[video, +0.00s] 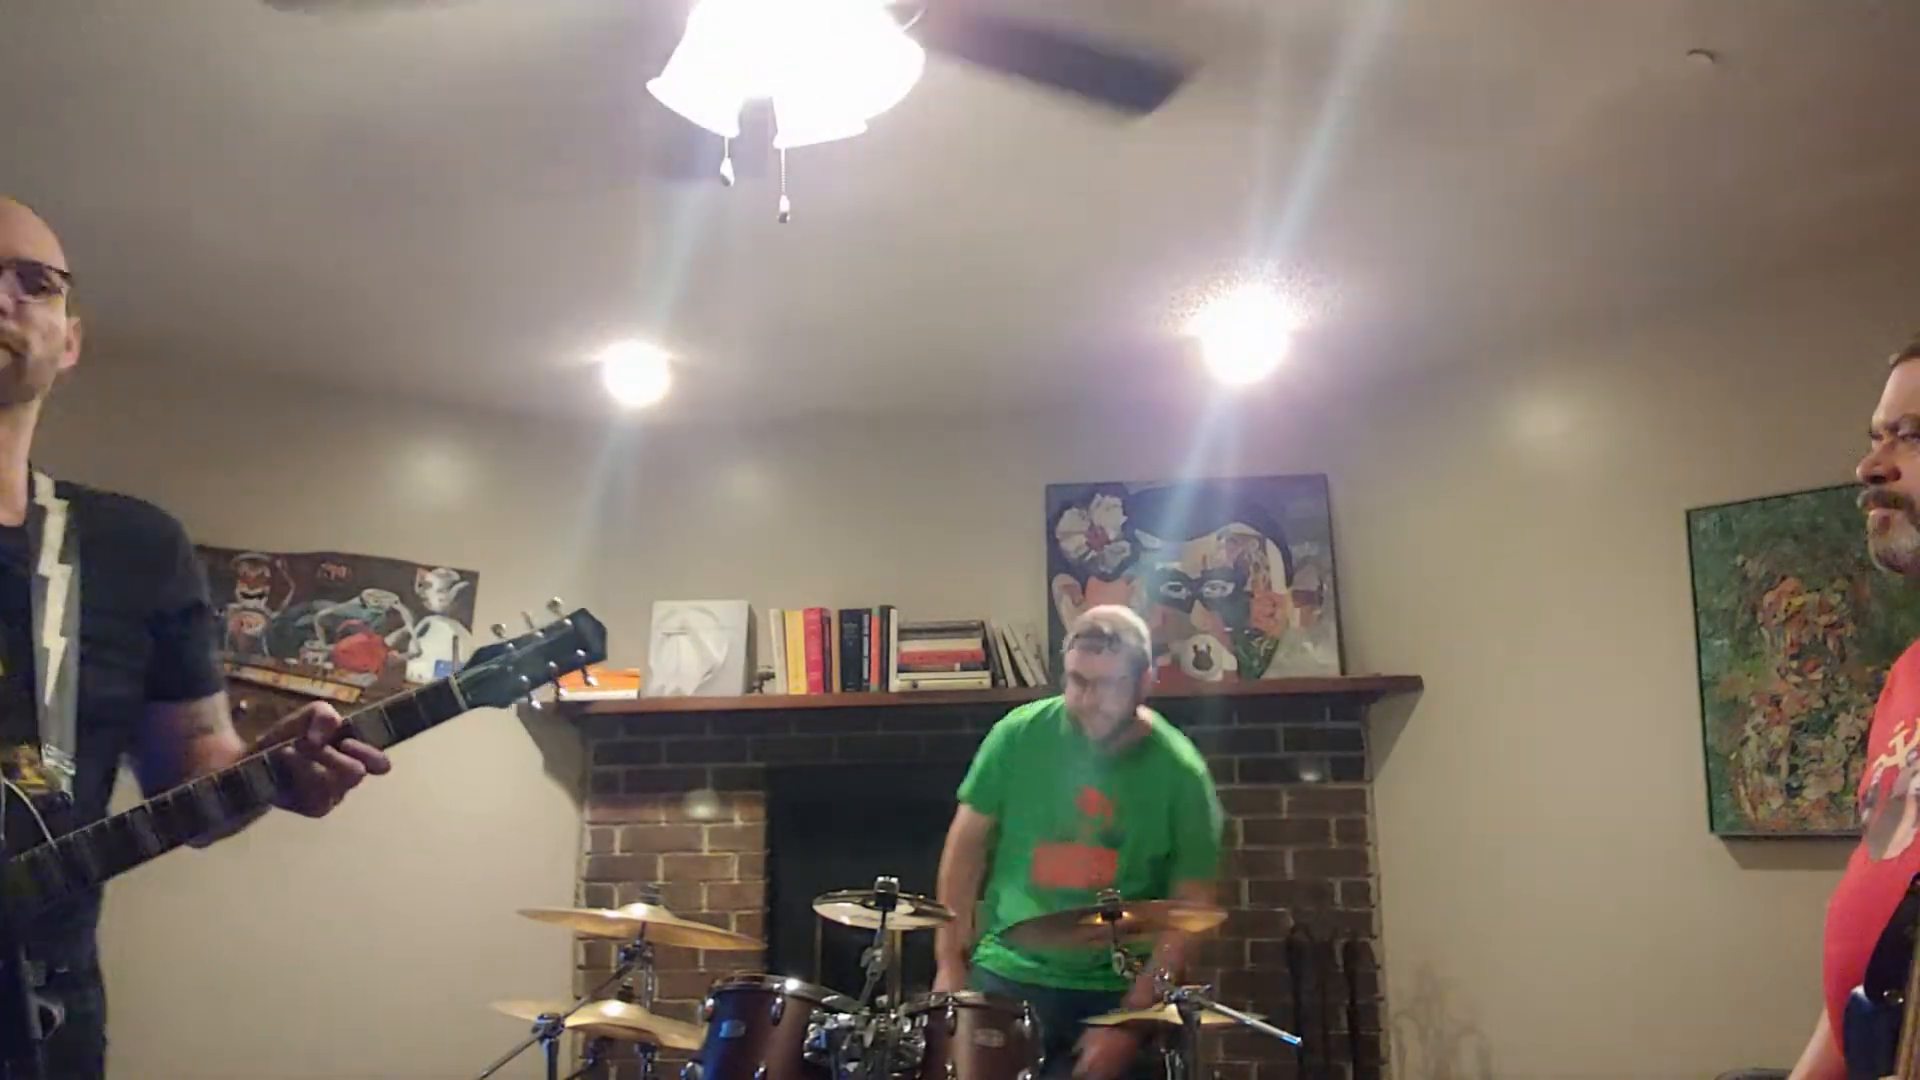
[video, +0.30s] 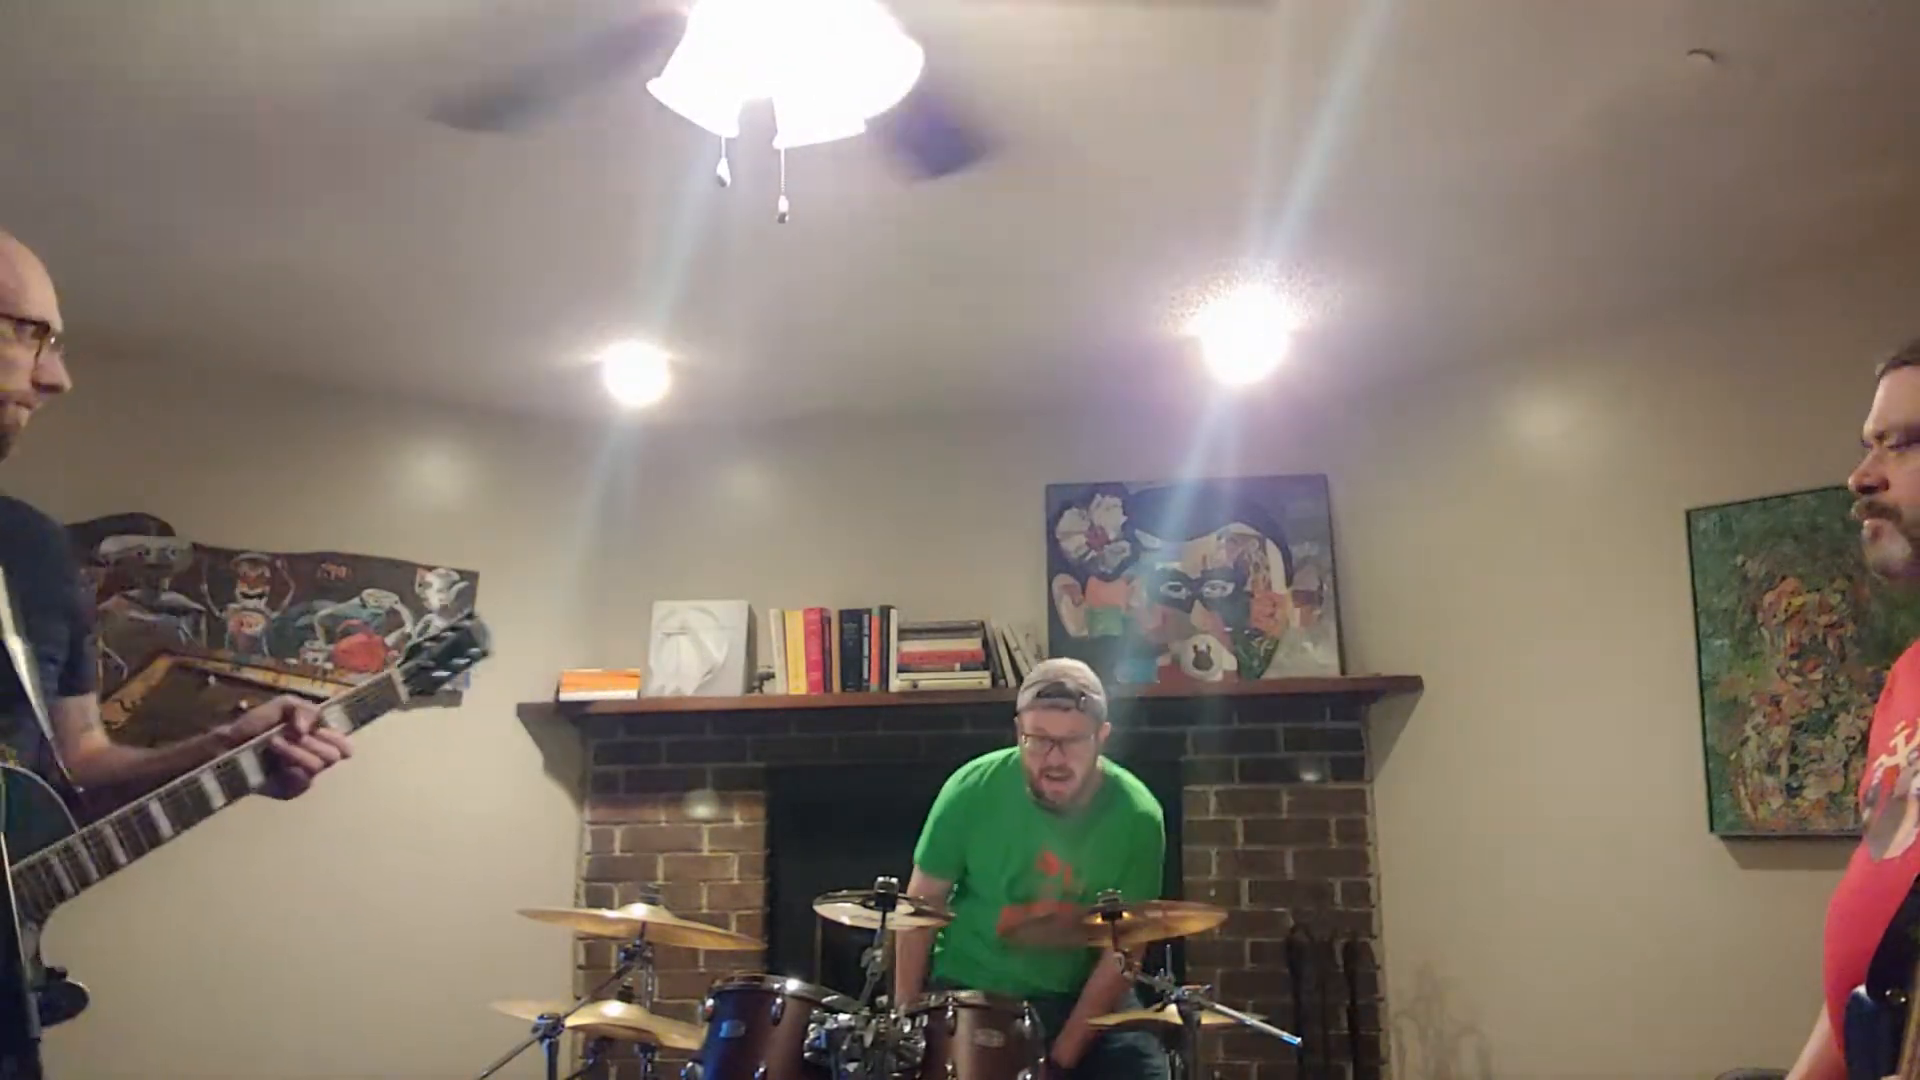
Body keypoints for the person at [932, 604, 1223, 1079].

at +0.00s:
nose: (1084, 700)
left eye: (1103, 686)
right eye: (1075, 681)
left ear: (1145, 682)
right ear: (1064, 670)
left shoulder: (1180, 772)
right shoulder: (1017, 738)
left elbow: (1192, 912)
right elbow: (965, 843)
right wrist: (949, 964)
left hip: (1116, 988)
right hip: (1007, 975)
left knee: (1115, 1064)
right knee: (963, 1064)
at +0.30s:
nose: (1054, 758)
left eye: (1071, 741)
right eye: (1039, 740)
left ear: (1102, 737)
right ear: (1019, 732)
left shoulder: (1137, 817)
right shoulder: (970, 791)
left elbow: (1126, 948)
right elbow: (919, 909)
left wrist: (1060, 1059)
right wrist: (909, 1023)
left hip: (1082, 1001)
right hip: (970, 997)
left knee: (1146, 1068)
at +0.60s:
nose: (1034, 759)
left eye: (1051, 741)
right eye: (1019, 741)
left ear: (1081, 740)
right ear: (1000, 738)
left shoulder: (1122, 819)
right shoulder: (957, 803)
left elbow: (1120, 955)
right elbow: (925, 921)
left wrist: (1059, 1065)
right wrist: (925, 1032)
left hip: (1083, 1002)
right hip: (974, 1001)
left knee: (1147, 1069)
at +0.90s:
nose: (988, 767)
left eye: (1004, 752)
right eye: (979, 751)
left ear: (1054, 737)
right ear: (970, 741)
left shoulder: (1116, 800)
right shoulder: (956, 797)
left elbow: (1135, 937)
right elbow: (925, 918)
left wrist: (1070, 1050)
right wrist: (926, 1029)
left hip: (1088, 995)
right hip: (980, 996)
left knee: (1145, 1067)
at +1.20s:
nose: (992, 770)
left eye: (1006, 755)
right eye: (983, 754)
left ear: (1054, 741)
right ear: (974, 743)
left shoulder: (1114, 806)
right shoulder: (955, 800)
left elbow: (1127, 941)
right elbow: (918, 919)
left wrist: (1080, 1060)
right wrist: (911, 1033)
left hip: (1082, 1006)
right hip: (976, 1005)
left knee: (1148, 1067)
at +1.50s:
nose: (988, 817)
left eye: (1001, 802)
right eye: (979, 802)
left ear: (1046, 788)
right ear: (969, 791)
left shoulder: (1105, 852)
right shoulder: (951, 850)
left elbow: (1134, 977)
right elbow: (895, 964)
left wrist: (1077, 1061)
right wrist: (877, 1048)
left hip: (1081, 1037)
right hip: (975, 1037)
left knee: (1147, 1076)